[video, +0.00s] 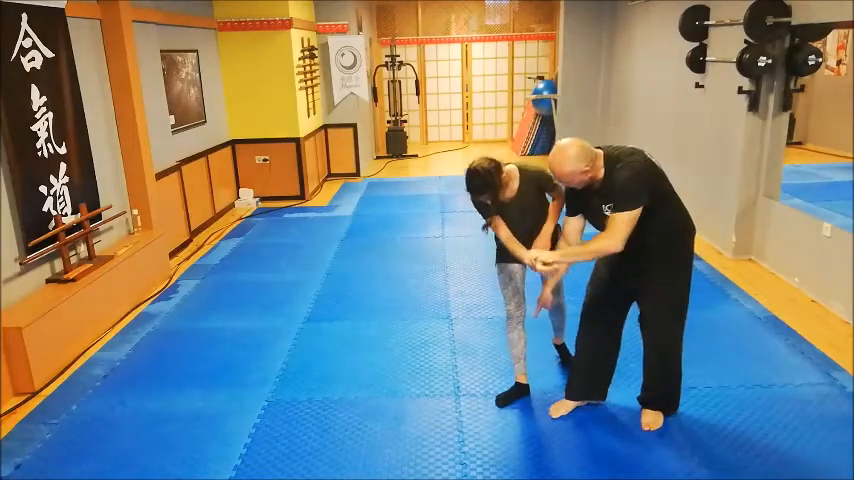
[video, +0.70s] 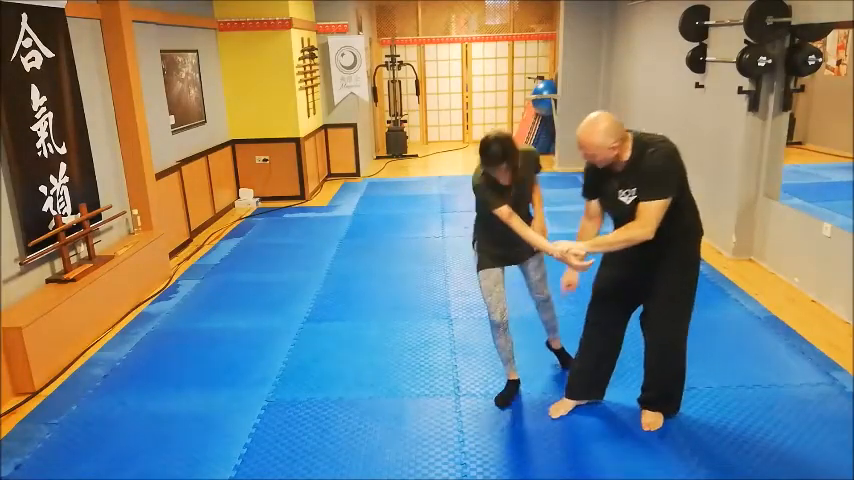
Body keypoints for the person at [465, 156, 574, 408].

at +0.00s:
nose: (485, 202)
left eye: (488, 196)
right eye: (481, 199)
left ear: (501, 179)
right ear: (477, 189)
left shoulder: (534, 175)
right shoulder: (480, 195)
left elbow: (559, 194)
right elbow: (504, 235)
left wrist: (546, 233)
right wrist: (529, 258)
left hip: (546, 241)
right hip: (511, 248)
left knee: (556, 299)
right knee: (513, 313)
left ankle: (560, 342)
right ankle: (521, 381)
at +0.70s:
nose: (503, 175)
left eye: (506, 169)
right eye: (497, 171)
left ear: (514, 159)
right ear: (487, 167)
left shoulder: (528, 159)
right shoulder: (482, 183)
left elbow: (534, 186)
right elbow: (514, 223)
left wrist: (539, 220)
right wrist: (556, 252)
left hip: (525, 235)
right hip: (491, 244)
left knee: (542, 295)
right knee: (497, 317)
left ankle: (555, 343)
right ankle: (512, 378)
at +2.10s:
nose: (499, 126)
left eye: (498, 120)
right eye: (497, 120)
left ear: (469, 121)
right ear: (485, 121)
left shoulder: (447, 160)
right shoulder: (497, 164)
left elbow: (421, 198)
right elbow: (539, 209)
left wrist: (452, 210)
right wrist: (581, 221)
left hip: (459, 255)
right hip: (495, 256)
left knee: (457, 321)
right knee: (507, 327)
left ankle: (444, 391)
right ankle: (520, 394)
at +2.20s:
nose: (507, 124)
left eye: (506, 117)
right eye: (504, 117)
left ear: (475, 120)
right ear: (492, 120)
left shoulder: (455, 160)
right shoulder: (505, 164)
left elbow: (436, 202)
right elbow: (540, 211)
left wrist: (467, 209)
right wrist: (578, 225)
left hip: (469, 255)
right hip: (504, 256)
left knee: (465, 319)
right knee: (513, 326)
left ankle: (446, 388)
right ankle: (521, 393)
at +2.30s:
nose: (512, 124)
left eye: (511, 118)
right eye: (510, 118)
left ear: (480, 120)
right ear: (498, 119)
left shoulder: (460, 159)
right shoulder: (510, 163)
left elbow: (450, 207)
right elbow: (540, 212)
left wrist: (482, 203)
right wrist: (577, 226)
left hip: (470, 254)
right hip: (505, 254)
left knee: (471, 314)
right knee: (514, 324)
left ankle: (450, 383)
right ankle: (522, 393)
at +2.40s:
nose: (513, 123)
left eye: (513, 118)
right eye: (511, 117)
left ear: (482, 120)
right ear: (500, 119)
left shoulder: (460, 158)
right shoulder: (511, 162)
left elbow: (455, 208)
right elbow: (539, 211)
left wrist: (495, 207)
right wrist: (575, 221)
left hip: (470, 252)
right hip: (505, 253)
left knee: (470, 313)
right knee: (513, 324)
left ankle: (451, 382)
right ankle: (521, 394)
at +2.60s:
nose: (508, 130)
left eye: (509, 123)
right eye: (507, 123)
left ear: (478, 121)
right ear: (496, 121)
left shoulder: (453, 157)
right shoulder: (503, 163)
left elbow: (440, 202)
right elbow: (537, 203)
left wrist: (472, 205)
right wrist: (572, 199)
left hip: (462, 252)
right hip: (497, 253)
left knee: (460, 318)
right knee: (506, 326)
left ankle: (451, 383)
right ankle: (520, 393)